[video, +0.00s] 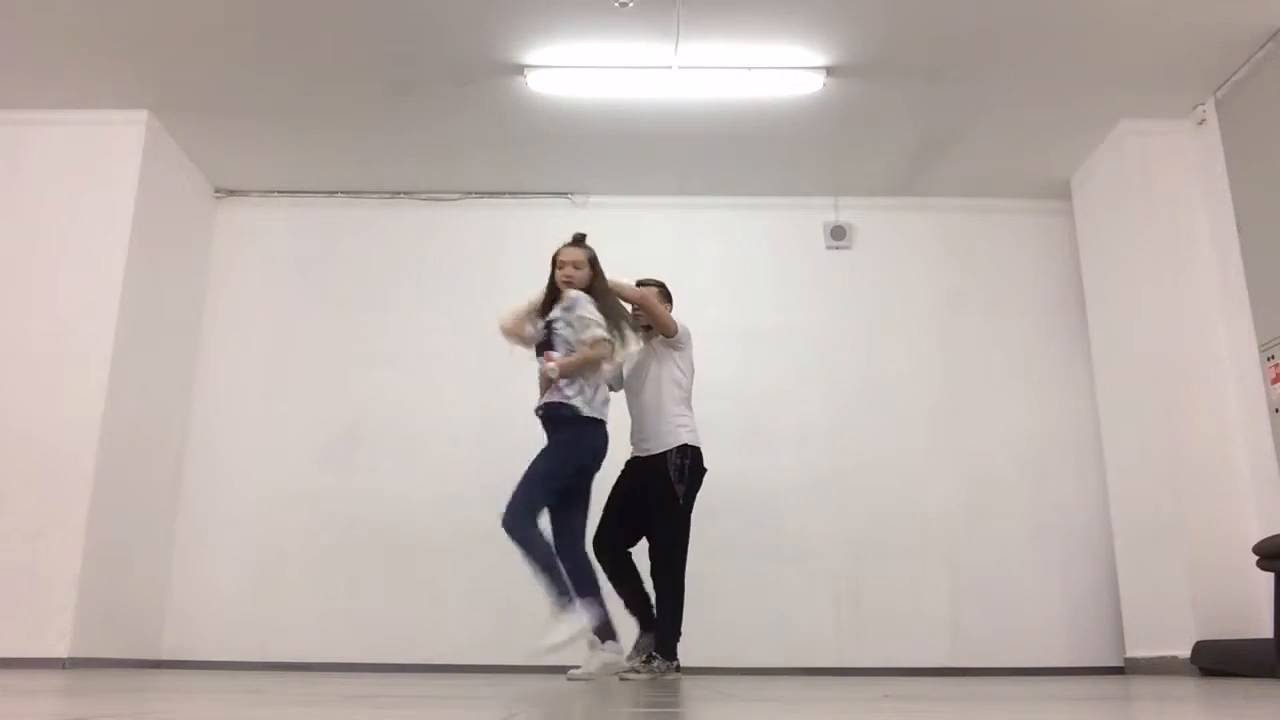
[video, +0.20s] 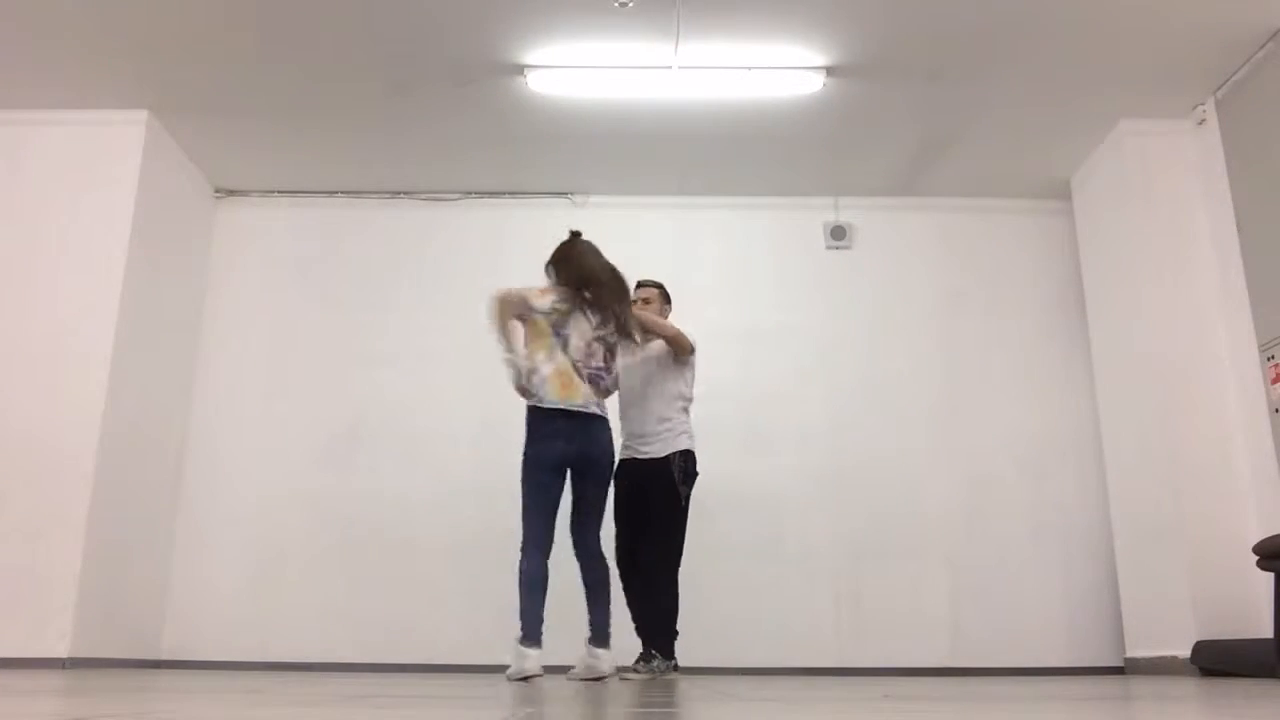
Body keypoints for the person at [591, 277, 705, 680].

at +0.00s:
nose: (639, 304)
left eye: (647, 297)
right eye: (637, 298)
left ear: (667, 307)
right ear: (634, 311)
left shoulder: (677, 339)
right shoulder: (631, 356)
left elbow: (644, 301)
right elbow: (604, 380)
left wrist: (602, 285)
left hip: (677, 459)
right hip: (641, 462)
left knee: (666, 560)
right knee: (607, 545)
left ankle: (666, 656)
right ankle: (650, 627)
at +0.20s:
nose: (639, 308)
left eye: (648, 301)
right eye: (635, 302)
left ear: (667, 310)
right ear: (629, 309)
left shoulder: (679, 348)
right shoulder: (622, 351)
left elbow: (673, 337)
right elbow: (596, 388)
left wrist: (631, 315)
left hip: (671, 461)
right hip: (631, 462)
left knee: (661, 557)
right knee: (628, 556)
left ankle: (664, 652)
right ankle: (650, 648)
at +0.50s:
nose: (646, 311)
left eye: (655, 304)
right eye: (641, 306)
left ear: (672, 311)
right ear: (633, 313)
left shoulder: (684, 348)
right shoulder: (627, 350)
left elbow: (705, 379)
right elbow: (613, 391)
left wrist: (681, 331)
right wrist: (636, 353)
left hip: (674, 460)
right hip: (631, 462)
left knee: (667, 546)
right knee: (636, 559)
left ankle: (687, 639)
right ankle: (651, 652)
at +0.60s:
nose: (648, 309)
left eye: (656, 303)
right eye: (643, 304)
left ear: (671, 312)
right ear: (637, 313)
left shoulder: (688, 350)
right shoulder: (630, 350)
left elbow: (714, 384)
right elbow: (618, 391)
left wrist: (694, 332)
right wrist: (639, 349)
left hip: (678, 465)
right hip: (634, 466)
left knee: (679, 551)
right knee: (638, 564)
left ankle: (707, 645)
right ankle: (651, 653)